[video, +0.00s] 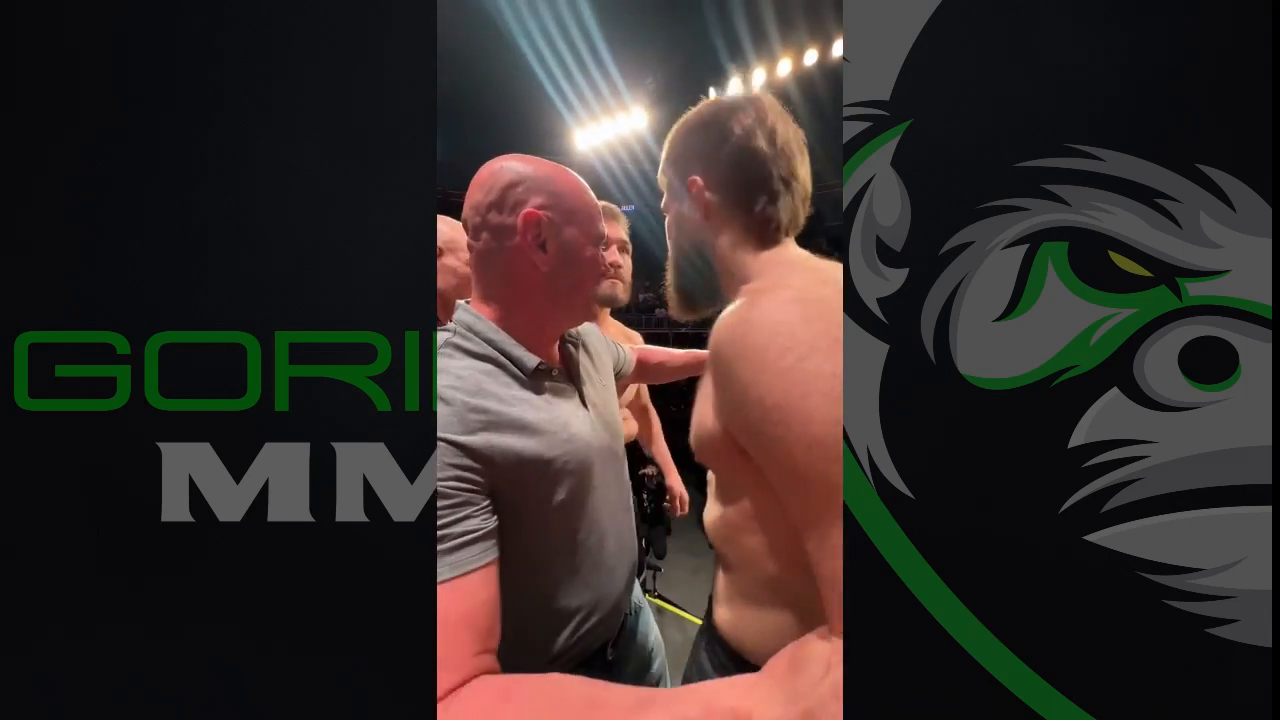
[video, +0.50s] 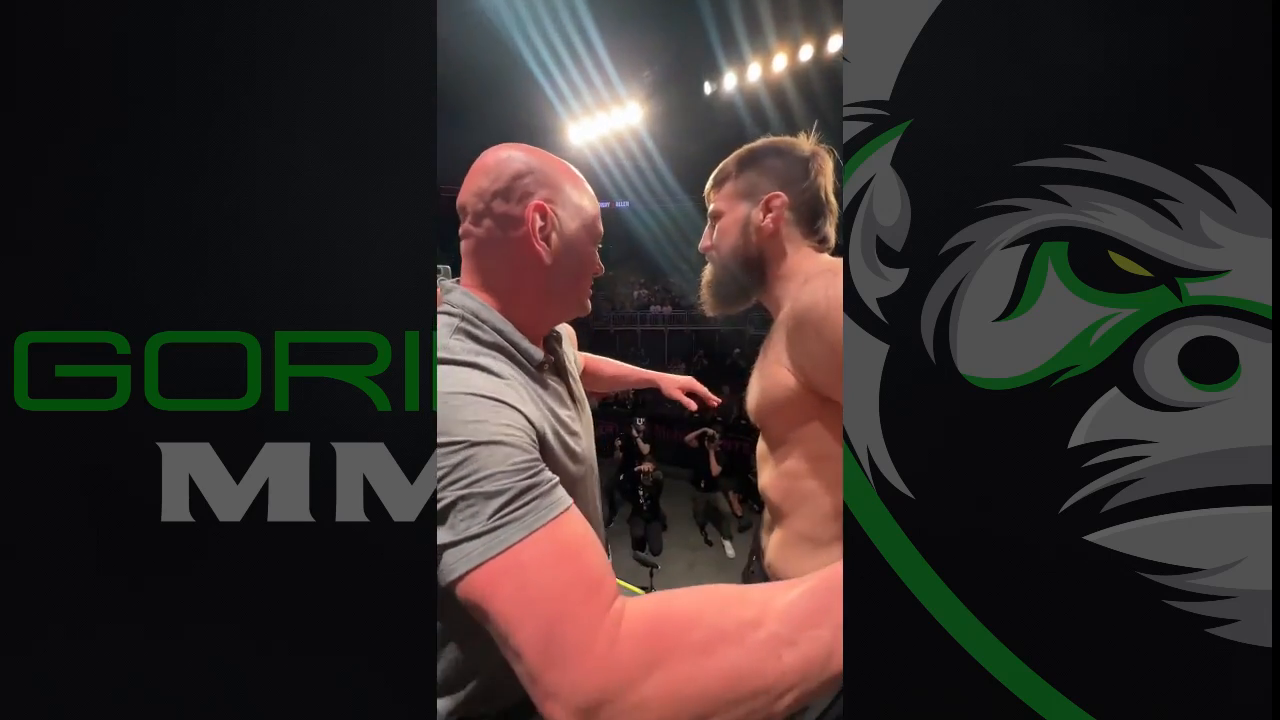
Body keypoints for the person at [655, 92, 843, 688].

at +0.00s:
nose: (665, 223)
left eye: (667, 201)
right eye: (663, 204)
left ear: (698, 196)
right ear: (780, 189)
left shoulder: (759, 328)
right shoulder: (833, 280)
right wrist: (683, 364)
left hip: (758, 672)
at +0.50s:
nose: (599, 265)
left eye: (597, 242)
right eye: (592, 238)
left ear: (539, 229)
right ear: (541, 228)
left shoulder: (520, 335)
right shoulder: (459, 407)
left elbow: (571, 366)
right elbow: (594, 672)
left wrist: (658, 380)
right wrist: (860, 586)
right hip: (493, 698)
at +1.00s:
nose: (631, 272)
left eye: (631, 254)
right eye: (628, 252)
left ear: (536, 245)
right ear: (594, 244)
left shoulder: (560, 344)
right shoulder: (509, 375)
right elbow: (519, 658)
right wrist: (815, 669)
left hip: (599, 594)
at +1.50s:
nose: (650, 277)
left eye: (648, 261)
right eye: (641, 257)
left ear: (592, 257)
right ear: (595, 254)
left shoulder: (545, 333)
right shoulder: (549, 344)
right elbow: (538, 590)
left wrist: (614, 412)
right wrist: (818, 680)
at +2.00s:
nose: (637, 269)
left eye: (633, 256)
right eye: (621, 253)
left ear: (567, 256)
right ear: (567, 254)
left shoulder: (551, 331)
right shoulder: (538, 341)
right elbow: (574, 541)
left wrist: (598, 449)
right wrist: (823, 553)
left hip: (579, 616)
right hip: (536, 649)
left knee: (600, 703)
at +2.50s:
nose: (651, 271)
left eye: (647, 256)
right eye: (638, 254)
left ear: (588, 259)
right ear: (589, 256)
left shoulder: (557, 324)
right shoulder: (560, 336)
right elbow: (641, 503)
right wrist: (844, 543)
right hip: (559, 586)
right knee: (566, 710)